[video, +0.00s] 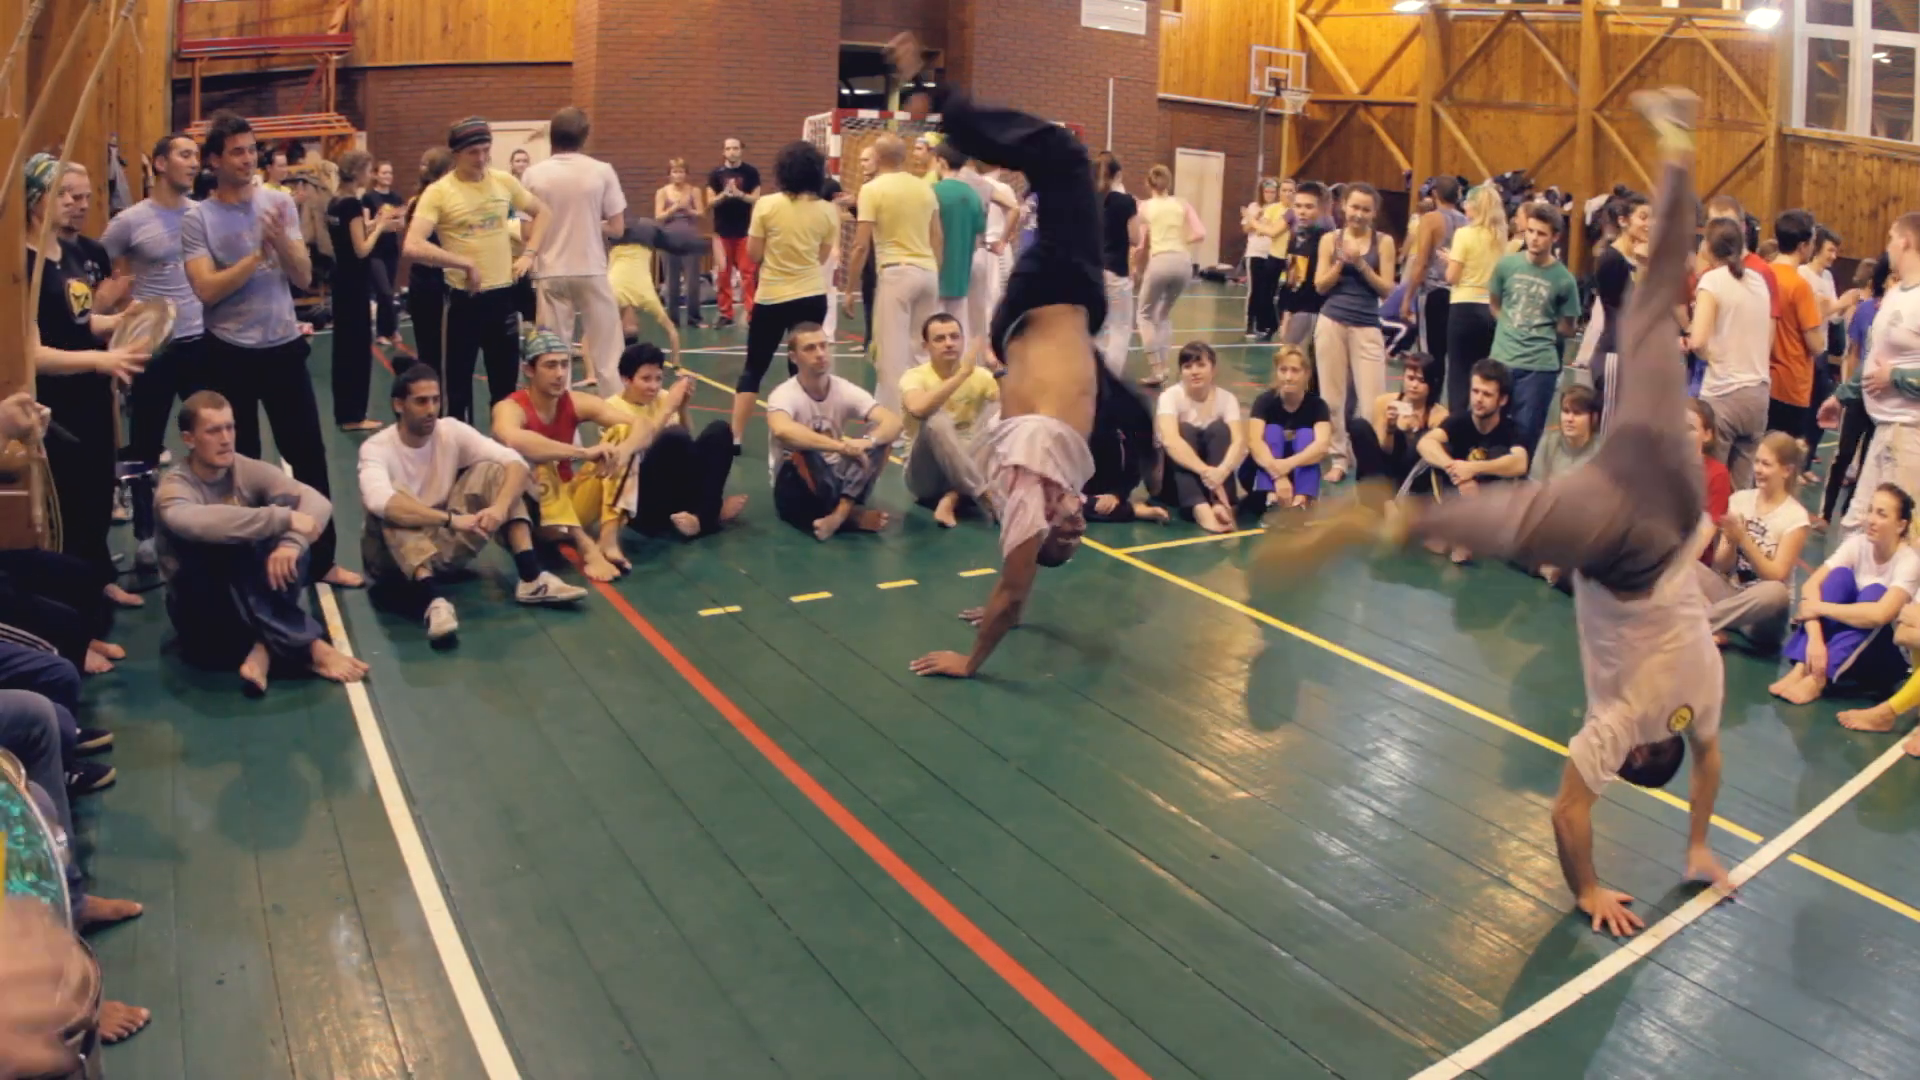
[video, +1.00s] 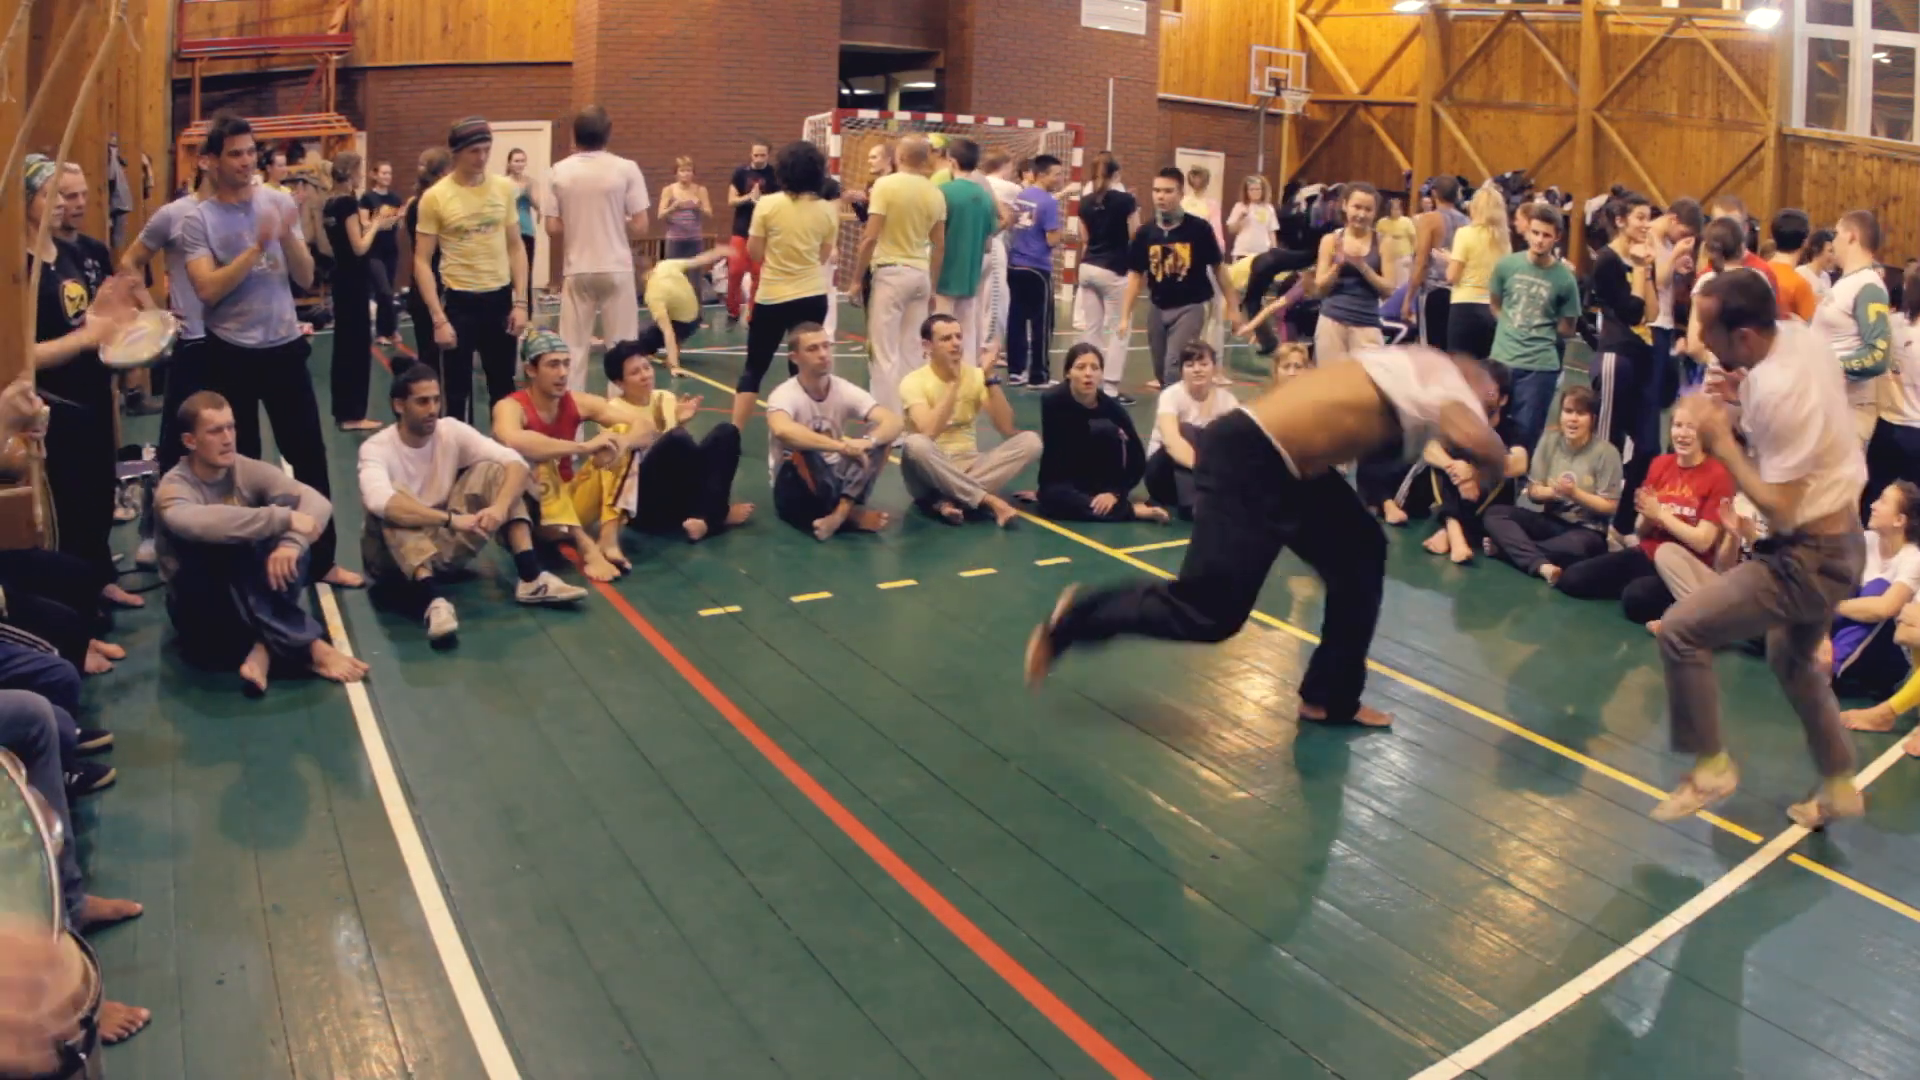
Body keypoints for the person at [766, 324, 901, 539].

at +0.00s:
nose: (820, 354)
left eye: (823, 346)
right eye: (810, 349)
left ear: (829, 349)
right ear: (793, 356)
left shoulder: (842, 389)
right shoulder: (784, 394)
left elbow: (893, 422)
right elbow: (782, 430)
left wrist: (869, 441)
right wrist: (840, 446)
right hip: (797, 496)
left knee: (881, 440)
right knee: (803, 454)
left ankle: (839, 514)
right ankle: (850, 513)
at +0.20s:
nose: (819, 355)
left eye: (822, 347)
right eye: (809, 350)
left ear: (828, 348)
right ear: (793, 358)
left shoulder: (842, 389)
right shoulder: (784, 394)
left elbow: (893, 422)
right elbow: (781, 431)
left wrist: (869, 441)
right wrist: (841, 446)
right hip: (797, 495)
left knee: (880, 440)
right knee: (803, 454)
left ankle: (839, 513)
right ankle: (851, 513)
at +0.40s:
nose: (820, 355)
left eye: (822, 347)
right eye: (809, 350)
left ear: (827, 348)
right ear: (793, 358)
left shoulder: (841, 388)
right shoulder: (784, 394)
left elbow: (894, 423)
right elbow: (781, 430)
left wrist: (869, 441)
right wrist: (841, 447)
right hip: (797, 495)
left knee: (880, 439)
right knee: (802, 453)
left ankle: (840, 513)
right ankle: (850, 513)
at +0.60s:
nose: (820, 355)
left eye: (822, 347)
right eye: (810, 350)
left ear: (828, 348)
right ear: (793, 358)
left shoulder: (841, 388)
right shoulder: (784, 394)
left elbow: (893, 422)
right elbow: (781, 430)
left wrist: (869, 441)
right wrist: (841, 447)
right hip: (797, 495)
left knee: (880, 440)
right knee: (803, 453)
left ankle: (839, 513)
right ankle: (851, 512)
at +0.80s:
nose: (821, 355)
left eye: (824, 347)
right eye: (811, 350)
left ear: (829, 348)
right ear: (793, 357)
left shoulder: (841, 388)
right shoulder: (784, 394)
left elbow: (893, 422)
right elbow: (781, 430)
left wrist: (869, 441)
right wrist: (841, 446)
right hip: (796, 496)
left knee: (880, 440)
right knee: (803, 453)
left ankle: (839, 513)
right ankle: (850, 512)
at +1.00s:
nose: (823, 355)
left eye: (826, 347)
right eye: (813, 349)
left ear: (831, 348)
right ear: (794, 357)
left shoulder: (841, 389)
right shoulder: (784, 394)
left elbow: (893, 421)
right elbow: (782, 430)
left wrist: (869, 441)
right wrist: (841, 446)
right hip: (796, 495)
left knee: (880, 441)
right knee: (803, 453)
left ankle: (839, 514)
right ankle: (850, 512)